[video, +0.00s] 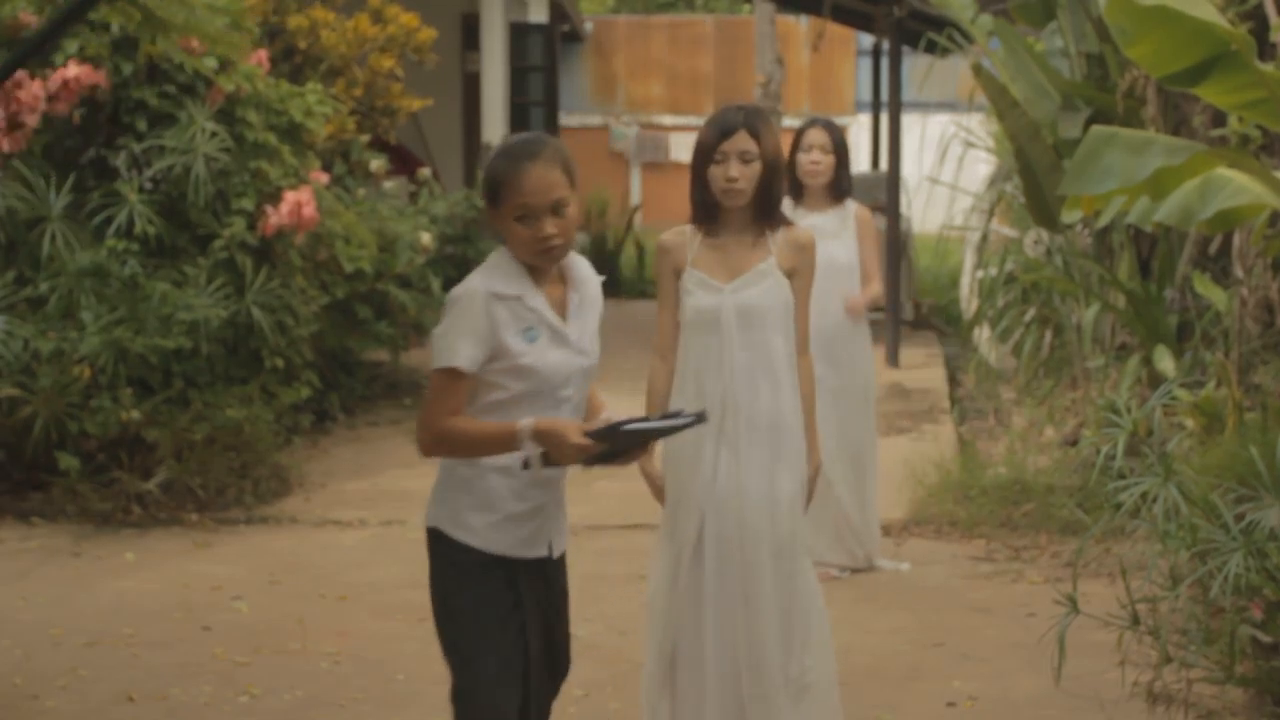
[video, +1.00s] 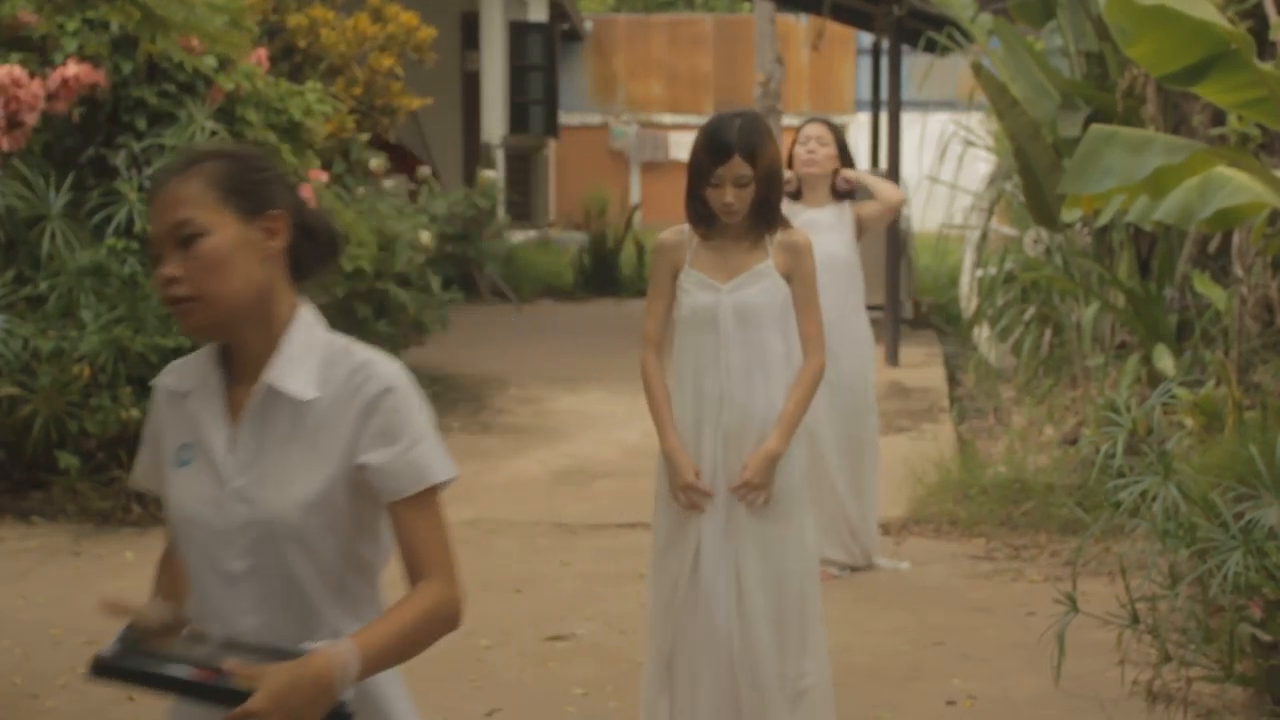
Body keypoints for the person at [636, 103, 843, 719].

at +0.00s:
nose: (731, 173)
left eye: (745, 161)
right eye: (720, 160)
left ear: (766, 170)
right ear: (704, 167)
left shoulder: (793, 245)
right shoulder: (678, 247)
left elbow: (800, 353)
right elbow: (663, 355)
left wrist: (812, 448)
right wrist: (648, 446)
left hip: (772, 440)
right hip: (699, 442)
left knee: (767, 593)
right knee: (704, 592)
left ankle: (769, 710)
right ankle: (704, 710)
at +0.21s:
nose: (729, 171)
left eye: (744, 159)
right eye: (718, 158)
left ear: (764, 169)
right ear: (702, 166)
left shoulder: (791, 244)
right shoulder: (678, 247)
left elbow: (809, 352)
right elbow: (658, 354)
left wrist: (838, 453)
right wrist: (637, 450)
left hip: (776, 447)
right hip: (700, 447)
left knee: (774, 610)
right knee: (702, 609)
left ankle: (774, 712)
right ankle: (705, 713)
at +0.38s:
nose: (729, 175)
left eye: (743, 162)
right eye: (718, 161)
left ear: (764, 170)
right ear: (701, 168)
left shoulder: (791, 246)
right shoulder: (676, 247)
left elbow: (815, 352)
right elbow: (654, 353)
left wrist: (846, 447)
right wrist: (624, 454)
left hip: (775, 448)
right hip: (699, 449)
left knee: (773, 610)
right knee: (701, 609)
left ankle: (774, 712)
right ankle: (705, 712)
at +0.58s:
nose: (728, 186)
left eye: (742, 173)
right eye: (715, 172)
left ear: (764, 176)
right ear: (699, 175)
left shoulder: (789, 246)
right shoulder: (674, 248)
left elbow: (814, 351)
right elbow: (651, 352)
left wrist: (834, 452)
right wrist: (628, 452)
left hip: (774, 449)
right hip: (697, 449)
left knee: (770, 604)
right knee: (699, 604)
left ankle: (769, 712)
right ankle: (701, 712)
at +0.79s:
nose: (727, 197)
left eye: (741, 182)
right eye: (715, 183)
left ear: (763, 180)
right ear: (696, 180)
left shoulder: (789, 248)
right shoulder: (674, 249)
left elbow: (814, 359)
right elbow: (650, 352)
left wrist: (800, 456)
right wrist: (653, 449)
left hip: (768, 454)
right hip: (694, 456)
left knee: (768, 621)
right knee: (695, 620)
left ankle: (771, 713)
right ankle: (697, 714)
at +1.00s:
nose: (727, 198)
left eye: (741, 184)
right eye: (715, 184)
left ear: (764, 182)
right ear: (697, 181)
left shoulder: (790, 248)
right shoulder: (674, 248)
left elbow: (815, 359)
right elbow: (652, 354)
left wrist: (772, 450)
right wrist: (674, 451)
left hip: (768, 458)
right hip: (694, 457)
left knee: (769, 617)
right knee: (695, 616)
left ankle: (771, 711)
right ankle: (697, 712)